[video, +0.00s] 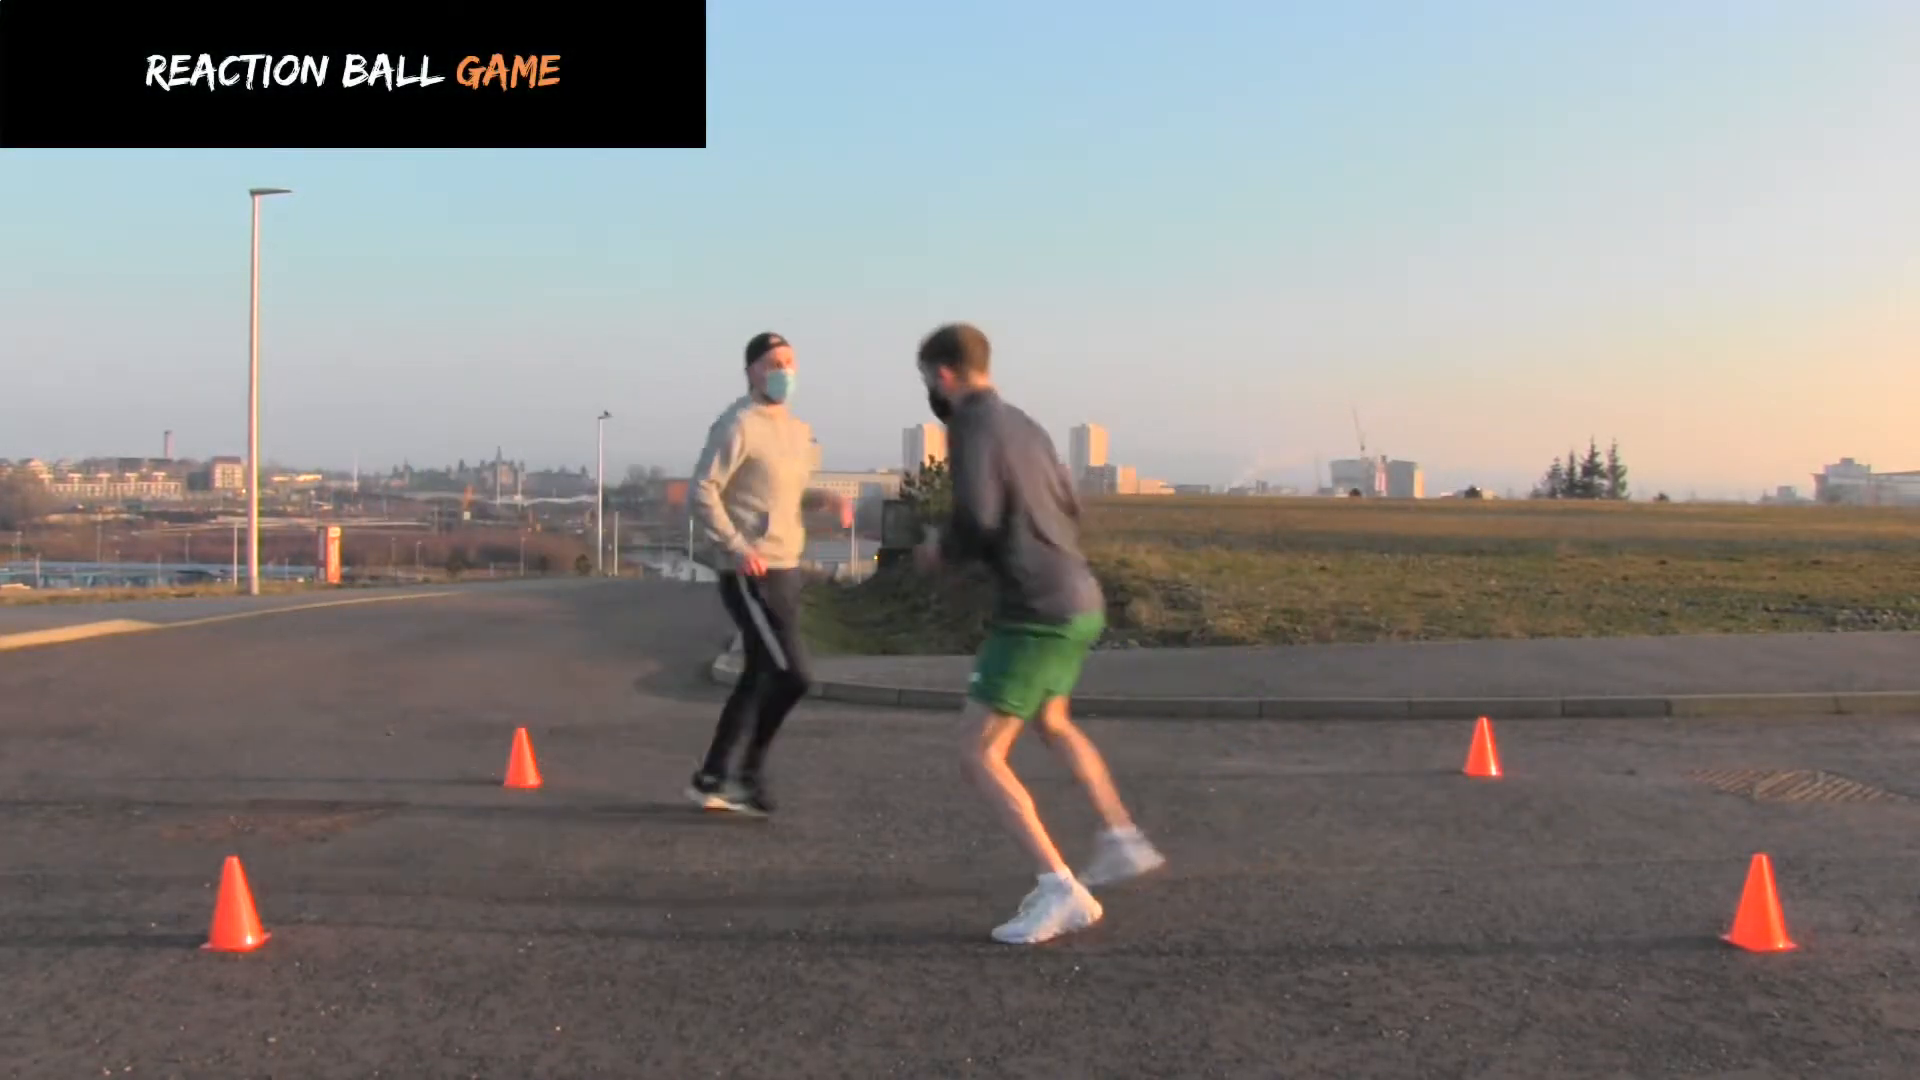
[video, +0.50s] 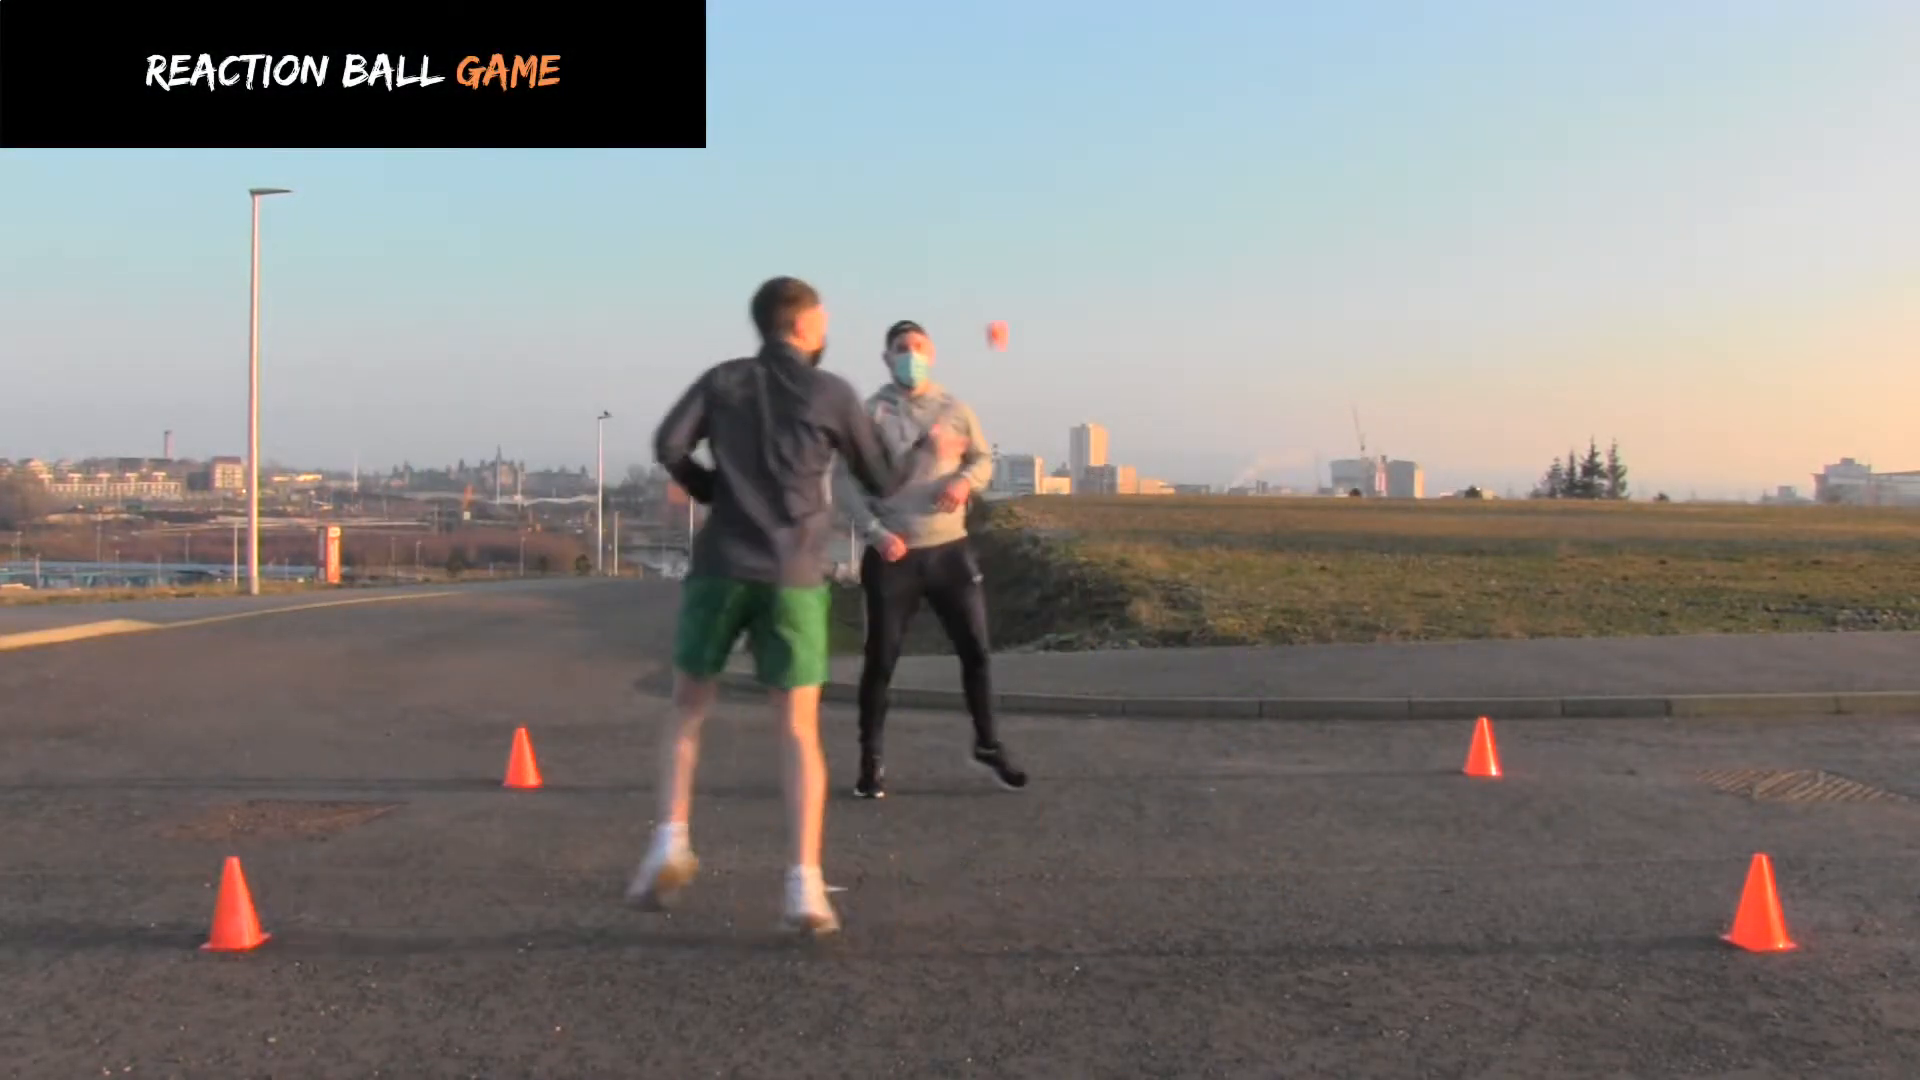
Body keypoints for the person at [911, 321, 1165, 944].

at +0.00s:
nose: (928, 389)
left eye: (928, 378)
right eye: (927, 378)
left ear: (945, 373)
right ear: (983, 368)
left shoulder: (973, 423)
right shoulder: (1024, 423)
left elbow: (979, 521)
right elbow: (1068, 500)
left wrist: (941, 550)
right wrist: (1012, 529)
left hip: (1039, 609)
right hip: (1081, 604)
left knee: (981, 754)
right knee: (1053, 718)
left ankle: (1060, 886)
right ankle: (1122, 837)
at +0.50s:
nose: (825, 324)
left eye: (819, 313)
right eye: (819, 313)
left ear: (766, 324)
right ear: (802, 323)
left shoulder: (722, 381)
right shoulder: (832, 394)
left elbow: (668, 449)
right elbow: (883, 480)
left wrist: (716, 490)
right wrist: (930, 444)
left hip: (719, 569)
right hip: (796, 577)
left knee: (688, 708)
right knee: (800, 728)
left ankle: (671, 838)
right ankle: (806, 880)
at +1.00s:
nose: (627, 342)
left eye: (626, 331)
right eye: (621, 331)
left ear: (572, 332)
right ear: (594, 331)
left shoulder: (527, 389)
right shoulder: (600, 391)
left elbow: (486, 463)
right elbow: (594, 476)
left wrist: (547, 491)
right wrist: (659, 527)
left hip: (515, 570)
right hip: (576, 573)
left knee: (521, 706)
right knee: (607, 708)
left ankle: (469, 831)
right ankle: (542, 844)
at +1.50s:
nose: (576, 402)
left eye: (579, 393)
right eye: (571, 391)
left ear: (542, 387)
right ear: (539, 384)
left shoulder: (518, 430)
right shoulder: (518, 438)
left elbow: (505, 498)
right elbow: (481, 513)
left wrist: (549, 500)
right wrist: (539, 565)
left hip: (477, 585)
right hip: (495, 588)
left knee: (487, 705)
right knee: (512, 704)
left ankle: (433, 807)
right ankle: (441, 816)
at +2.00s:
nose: (639, 447)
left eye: (642, 438)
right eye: (632, 438)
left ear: (636, 436)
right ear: (604, 433)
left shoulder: (611, 484)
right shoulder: (575, 484)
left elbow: (591, 539)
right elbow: (541, 553)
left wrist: (621, 548)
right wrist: (606, 595)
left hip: (582, 612)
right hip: (541, 617)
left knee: (638, 678)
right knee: (510, 716)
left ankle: (635, 768)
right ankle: (421, 793)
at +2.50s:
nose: (805, 419)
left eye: (810, 412)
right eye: (797, 410)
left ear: (813, 413)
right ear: (773, 407)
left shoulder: (797, 461)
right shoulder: (743, 456)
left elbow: (786, 514)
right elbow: (704, 513)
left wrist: (809, 518)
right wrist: (750, 558)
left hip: (784, 583)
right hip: (739, 586)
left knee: (831, 661)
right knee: (733, 687)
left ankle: (843, 744)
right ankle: (689, 763)